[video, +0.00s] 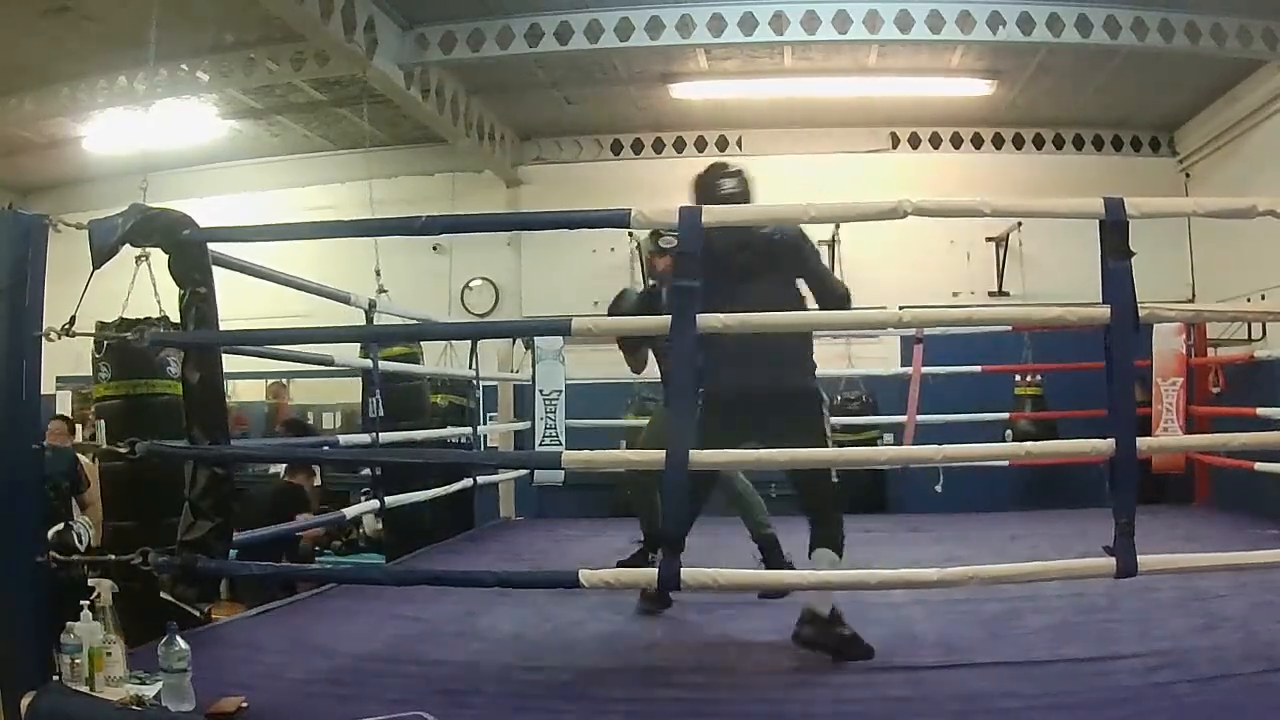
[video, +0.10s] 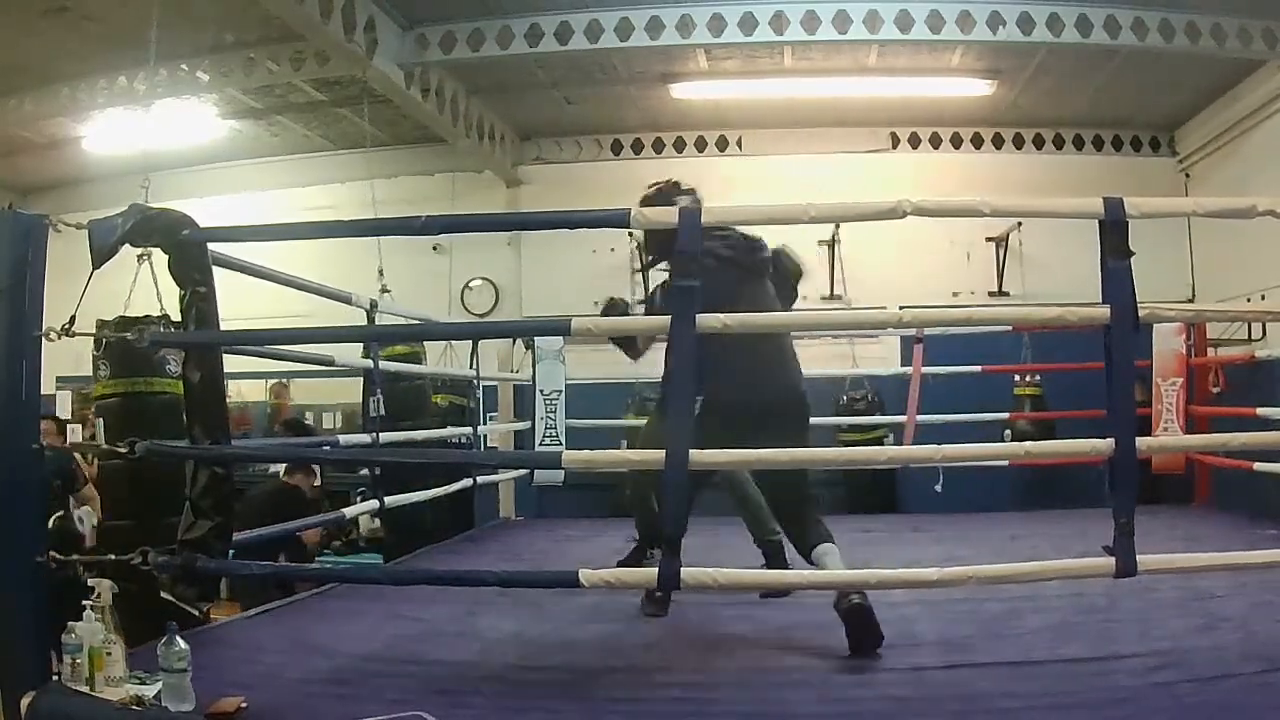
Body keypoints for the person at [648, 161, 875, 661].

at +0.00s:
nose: (731, 209)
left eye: (718, 201)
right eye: (734, 198)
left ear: (699, 206)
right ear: (751, 200)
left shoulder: (689, 251)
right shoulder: (784, 237)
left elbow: (671, 323)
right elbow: (836, 302)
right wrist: (820, 276)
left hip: (724, 403)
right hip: (791, 399)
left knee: (691, 486)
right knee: (825, 507)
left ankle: (660, 575)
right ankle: (818, 611)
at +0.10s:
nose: (644, 243)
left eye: (646, 232)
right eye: (643, 232)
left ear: (662, 232)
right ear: (698, 218)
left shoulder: (682, 277)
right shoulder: (755, 256)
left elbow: (634, 344)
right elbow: (791, 274)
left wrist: (614, 315)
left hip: (722, 409)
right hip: (786, 404)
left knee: (664, 468)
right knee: (793, 499)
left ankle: (662, 580)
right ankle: (846, 588)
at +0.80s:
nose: (672, 171)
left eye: (671, 163)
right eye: (670, 162)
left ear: (621, 156)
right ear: (658, 159)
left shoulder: (587, 199)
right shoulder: (646, 192)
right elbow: (670, 263)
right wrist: (694, 207)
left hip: (589, 333)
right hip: (622, 336)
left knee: (635, 454)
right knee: (653, 455)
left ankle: (597, 585)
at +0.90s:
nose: (650, 182)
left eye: (650, 174)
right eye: (648, 173)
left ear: (601, 163)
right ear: (634, 167)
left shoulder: (567, 208)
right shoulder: (619, 206)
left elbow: (557, 289)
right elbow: (645, 285)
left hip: (580, 349)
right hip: (600, 353)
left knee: (628, 464)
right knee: (594, 477)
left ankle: (580, 559)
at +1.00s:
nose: (635, 203)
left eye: (635, 194)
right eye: (632, 193)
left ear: (592, 181)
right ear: (613, 189)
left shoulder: (586, 229)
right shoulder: (576, 228)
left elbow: (610, 298)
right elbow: (612, 300)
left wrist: (639, 278)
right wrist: (643, 287)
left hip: (581, 370)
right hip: (562, 371)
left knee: (610, 483)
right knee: (575, 487)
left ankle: (566, 574)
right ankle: (507, 622)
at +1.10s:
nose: (625, 191)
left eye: (626, 182)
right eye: (621, 180)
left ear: (585, 172)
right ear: (596, 175)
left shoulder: (573, 217)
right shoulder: (562, 217)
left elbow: (603, 296)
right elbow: (605, 296)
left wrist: (633, 255)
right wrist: (633, 251)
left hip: (570, 355)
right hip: (550, 355)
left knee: (582, 463)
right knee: (536, 468)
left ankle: (563, 577)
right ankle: (504, 611)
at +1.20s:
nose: (605, 190)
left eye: (605, 181)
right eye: (601, 181)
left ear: (563, 171)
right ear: (582, 176)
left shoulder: (537, 209)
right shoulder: (565, 211)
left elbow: (604, 276)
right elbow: (611, 280)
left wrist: (620, 224)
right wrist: (630, 232)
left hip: (542, 345)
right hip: (540, 346)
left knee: (568, 461)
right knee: (535, 461)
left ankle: (560, 579)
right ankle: (456, 586)